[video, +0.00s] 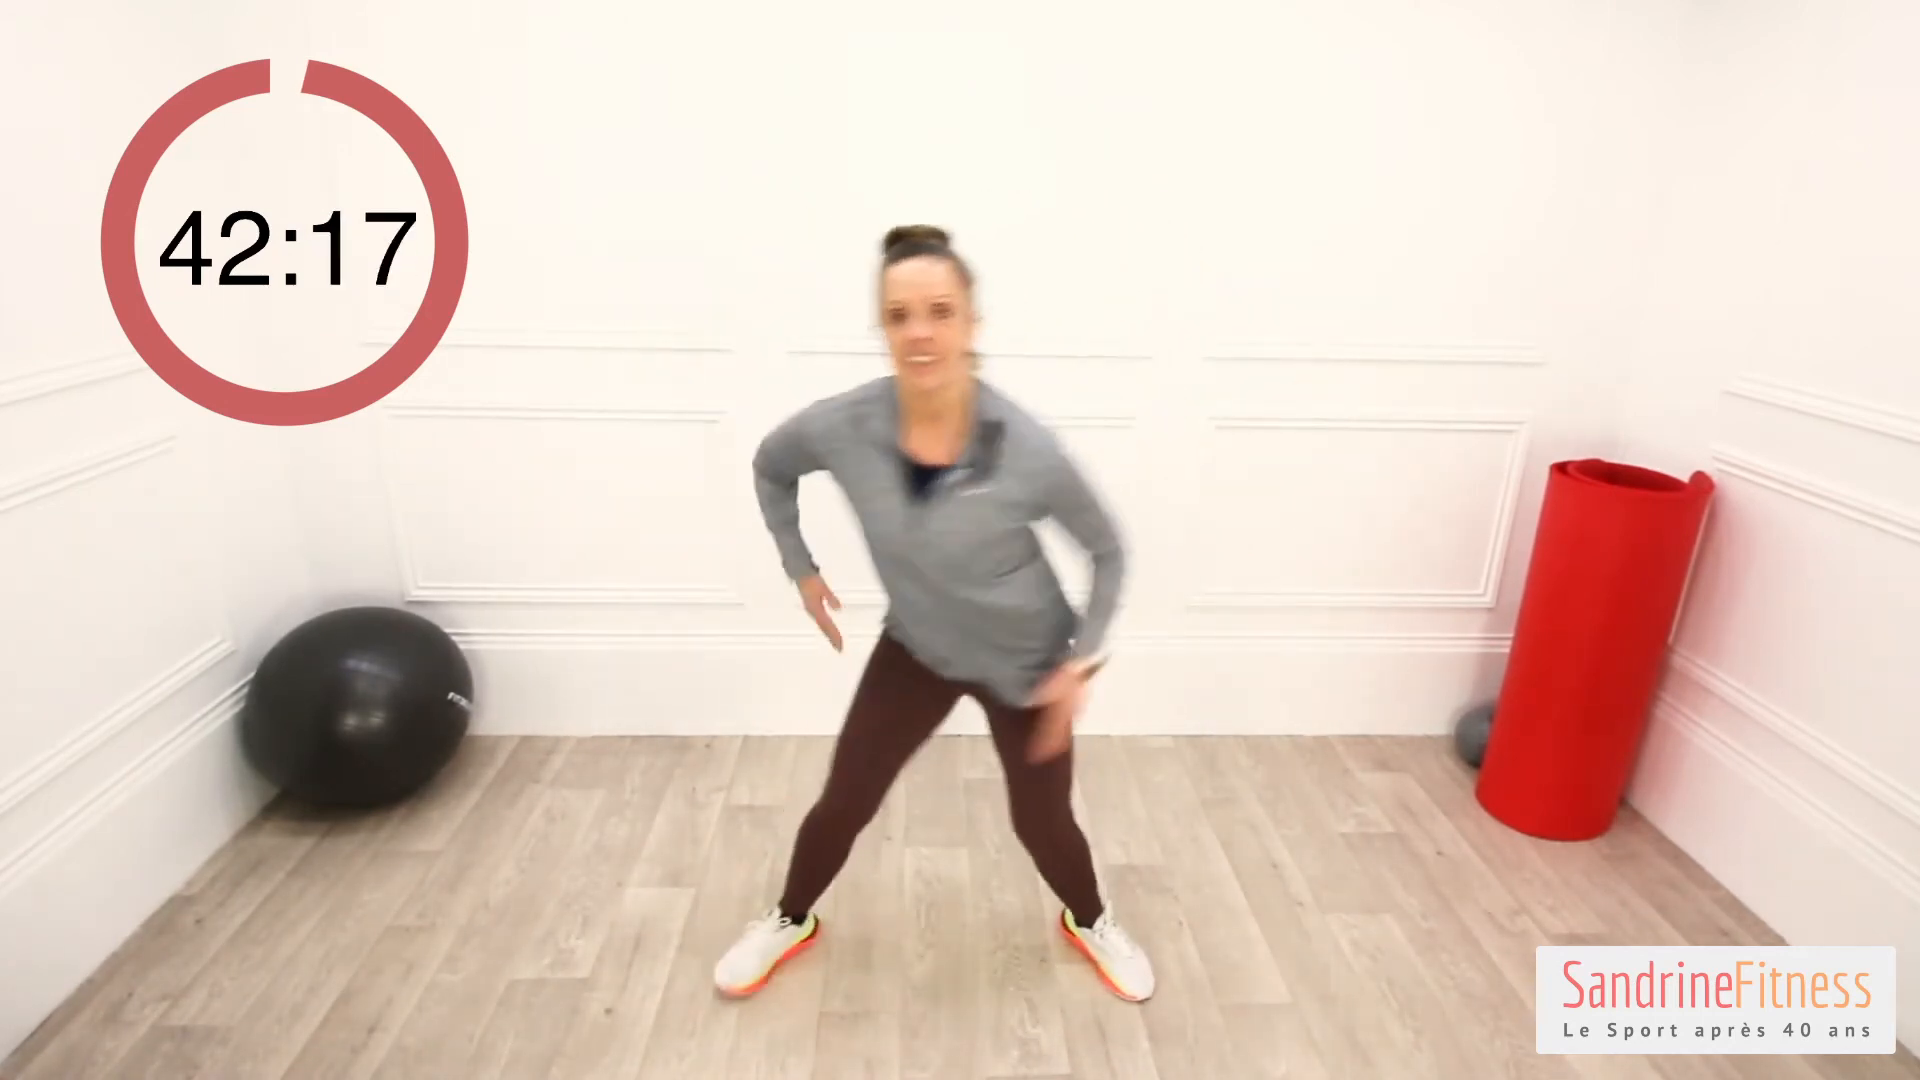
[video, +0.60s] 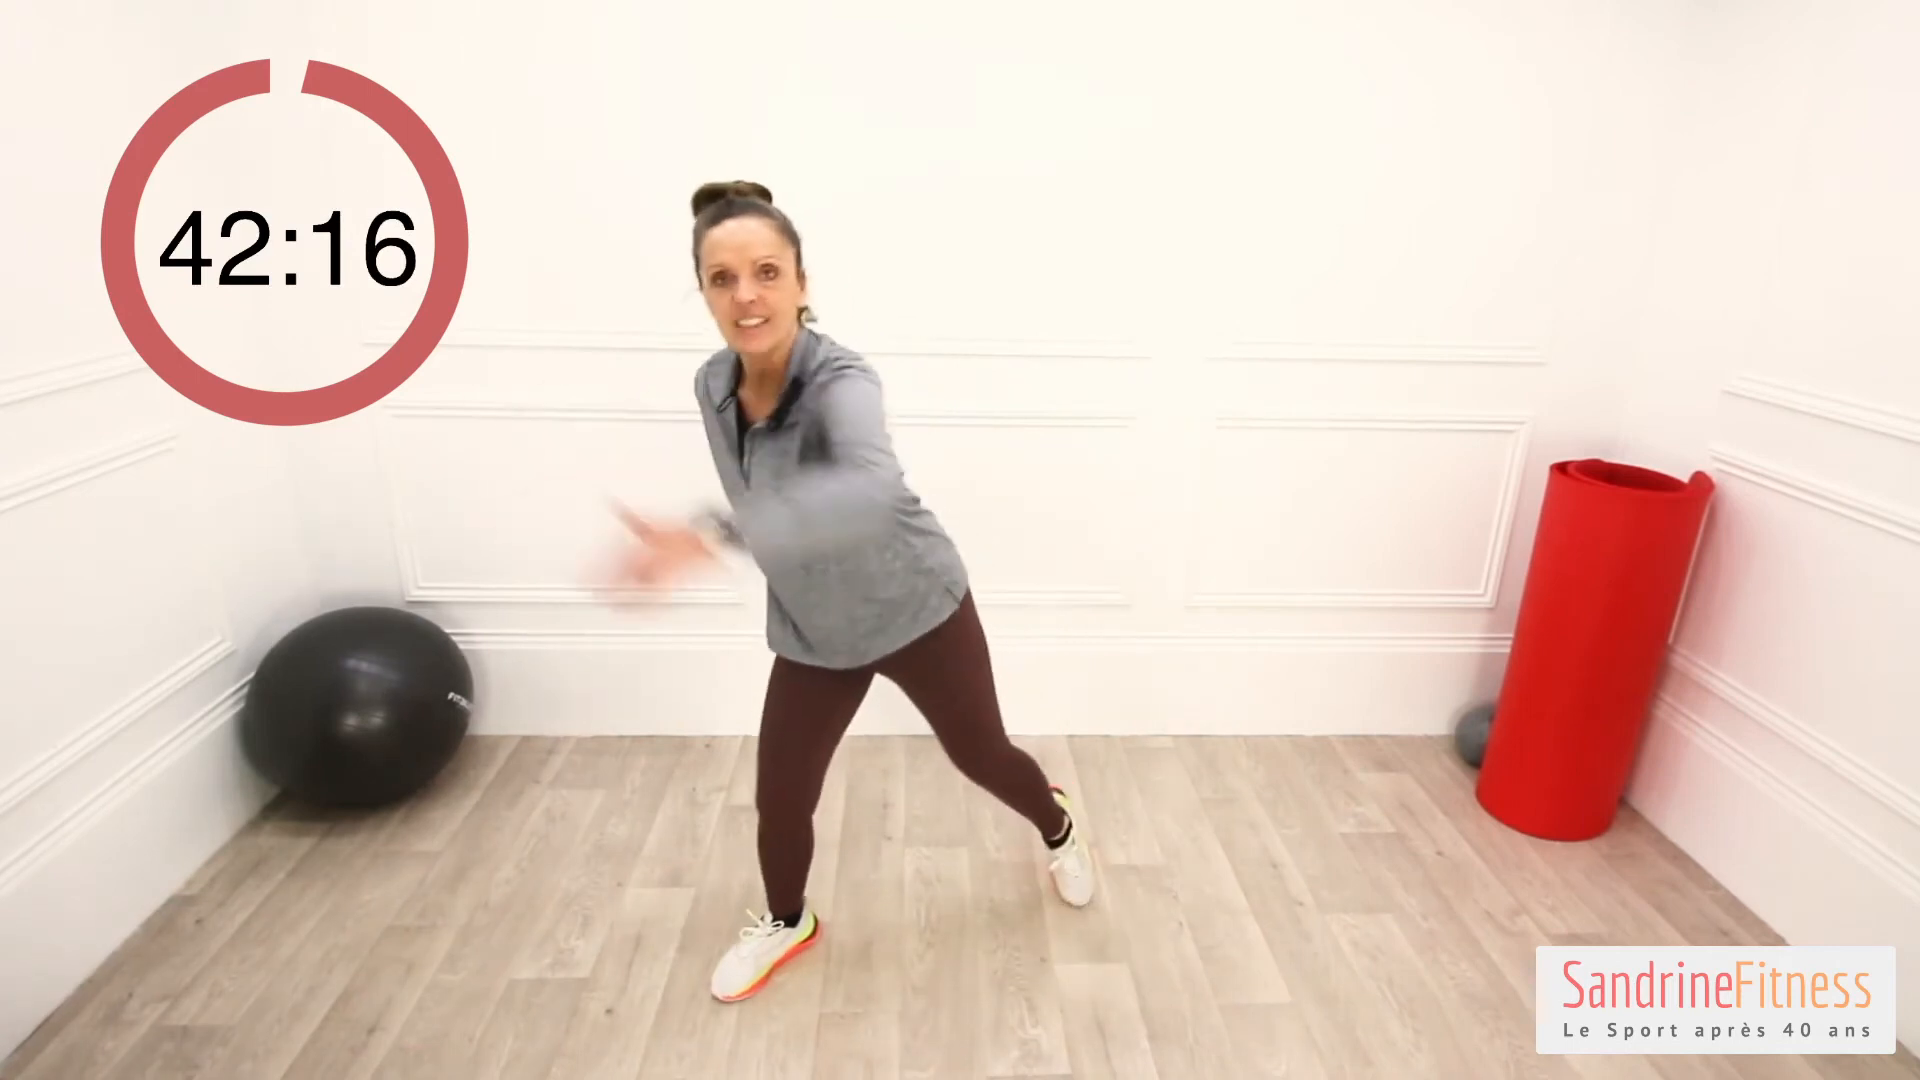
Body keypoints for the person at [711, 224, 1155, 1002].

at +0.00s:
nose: (920, 334)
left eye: (940, 313)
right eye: (901, 316)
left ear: (973, 324)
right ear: (880, 329)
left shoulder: (1026, 450)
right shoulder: (844, 426)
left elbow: (1109, 550)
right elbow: (771, 468)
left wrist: (1082, 659)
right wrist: (800, 568)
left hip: (1027, 656)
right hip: (919, 645)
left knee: (1044, 822)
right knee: (846, 801)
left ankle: (1090, 923)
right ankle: (790, 921)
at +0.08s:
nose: (859, 320)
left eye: (880, 299)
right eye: (840, 301)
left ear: (915, 311)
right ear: (822, 314)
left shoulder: (966, 439)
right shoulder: (794, 420)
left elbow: (1041, 571)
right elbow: (797, 493)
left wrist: (971, 662)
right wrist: (819, 551)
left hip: (991, 633)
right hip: (883, 633)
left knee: (1032, 798)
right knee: (824, 801)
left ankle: (1092, 918)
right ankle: (786, 921)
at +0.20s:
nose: (807, 295)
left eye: (827, 273)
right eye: (786, 277)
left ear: (864, 284)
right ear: (769, 292)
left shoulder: (912, 401)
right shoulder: (766, 390)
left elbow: (980, 563)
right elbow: (811, 521)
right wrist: (828, 592)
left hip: (963, 618)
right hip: (859, 624)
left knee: (1035, 768)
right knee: (813, 789)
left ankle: (1102, 902)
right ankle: (787, 920)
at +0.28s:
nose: (772, 281)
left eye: (793, 257)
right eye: (750, 264)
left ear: (830, 269)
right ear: (732, 280)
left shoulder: (872, 372)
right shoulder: (741, 374)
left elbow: (910, 501)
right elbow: (781, 493)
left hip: (945, 598)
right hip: (843, 613)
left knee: (1013, 741)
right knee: (807, 783)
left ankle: (1096, 861)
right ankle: (786, 918)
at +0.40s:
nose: (744, 284)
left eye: (765, 260)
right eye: (721, 267)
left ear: (802, 271)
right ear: (704, 285)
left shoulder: (839, 360)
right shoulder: (720, 374)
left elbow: (835, 431)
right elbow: (772, 486)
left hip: (924, 597)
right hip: (826, 618)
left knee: (986, 743)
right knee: (791, 787)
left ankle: (1068, 817)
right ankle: (787, 918)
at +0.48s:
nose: (739, 296)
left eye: (759, 274)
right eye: (717, 280)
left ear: (796, 285)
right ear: (699, 300)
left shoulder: (834, 374)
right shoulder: (712, 394)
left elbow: (809, 431)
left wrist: (616, 433)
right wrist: (565, 441)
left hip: (918, 608)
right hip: (817, 627)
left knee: (978, 755)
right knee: (776, 800)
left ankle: (1056, 832)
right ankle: (786, 921)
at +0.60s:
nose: (746, 298)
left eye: (766, 274)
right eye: (723, 280)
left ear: (802, 284)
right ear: (704, 298)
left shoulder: (841, 381)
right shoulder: (715, 387)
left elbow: (871, 485)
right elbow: (765, 501)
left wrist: (718, 534)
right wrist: (696, 544)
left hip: (916, 603)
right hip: (815, 622)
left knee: (981, 755)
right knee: (781, 796)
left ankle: (1060, 825)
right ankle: (787, 920)